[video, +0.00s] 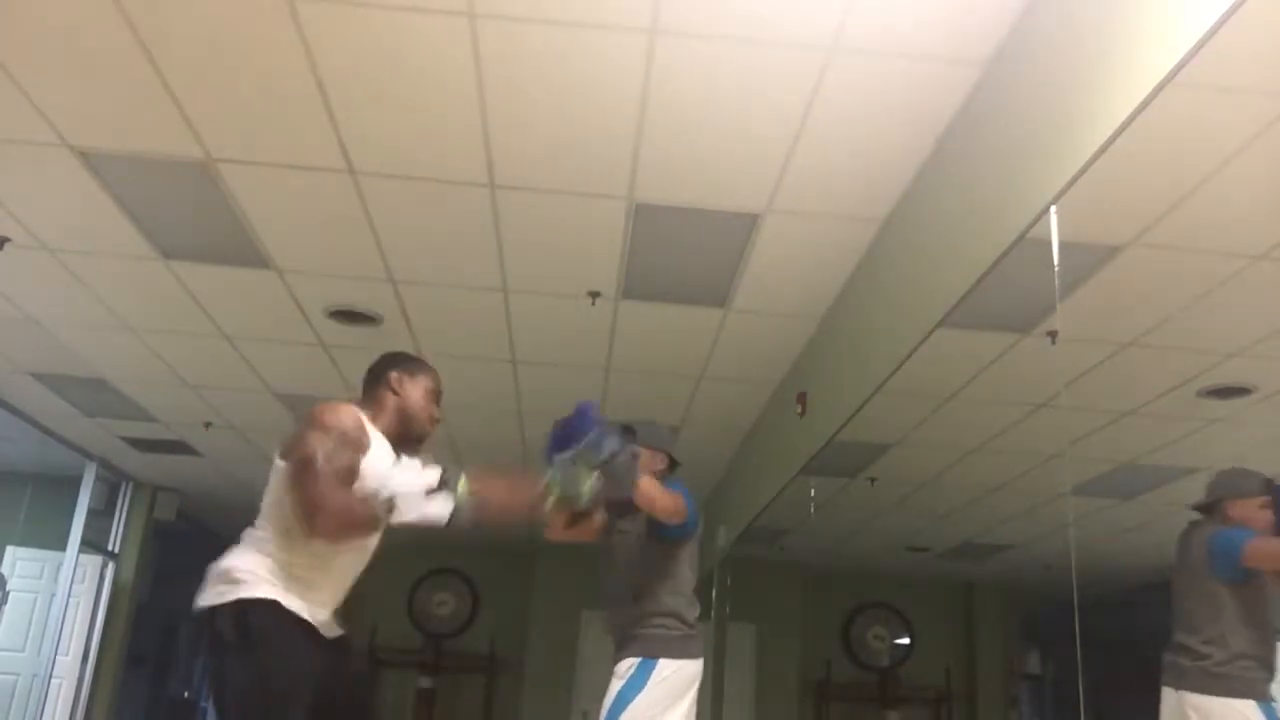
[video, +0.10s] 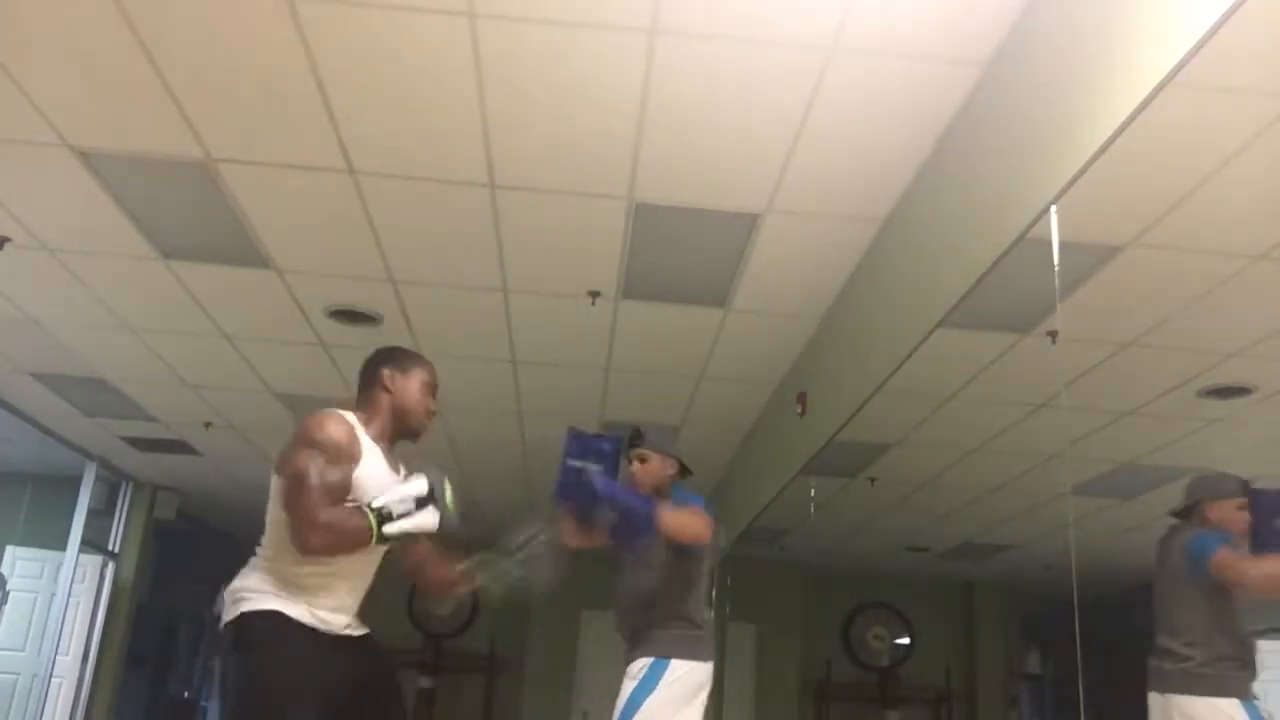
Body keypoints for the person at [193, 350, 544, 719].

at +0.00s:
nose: (438, 415)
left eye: (439, 403)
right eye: (432, 397)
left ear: (398, 389)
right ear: (395, 385)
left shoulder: (393, 467)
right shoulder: (339, 420)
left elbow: (473, 493)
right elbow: (323, 513)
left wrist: (555, 489)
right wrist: (397, 503)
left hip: (310, 620)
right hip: (256, 601)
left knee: (344, 699)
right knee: (280, 702)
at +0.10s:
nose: (434, 407)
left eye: (434, 396)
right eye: (427, 390)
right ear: (389, 381)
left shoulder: (394, 474)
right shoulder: (328, 429)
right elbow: (312, 532)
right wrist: (390, 512)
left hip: (339, 628)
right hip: (276, 613)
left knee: (383, 699)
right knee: (288, 704)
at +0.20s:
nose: (419, 389)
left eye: (419, 375)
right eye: (412, 371)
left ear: (374, 366)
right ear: (372, 363)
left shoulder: (373, 446)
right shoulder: (313, 412)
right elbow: (327, 517)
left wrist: (404, 593)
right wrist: (395, 485)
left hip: (335, 616)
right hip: (271, 602)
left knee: (373, 707)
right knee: (268, 705)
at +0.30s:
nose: (393, 377)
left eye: (394, 364)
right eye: (388, 359)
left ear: (348, 352)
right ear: (346, 350)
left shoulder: (344, 435)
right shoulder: (296, 405)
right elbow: (333, 508)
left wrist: (363, 569)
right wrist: (389, 468)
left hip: (312, 615)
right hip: (247, 605)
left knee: (342, 709)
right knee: (241, 710)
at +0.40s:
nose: (366, 381)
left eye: (367, 367)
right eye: (361, 362)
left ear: (325, 355)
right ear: (323, 352)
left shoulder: (320, 450)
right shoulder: (264, 418)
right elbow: (326, 520)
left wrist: (340, 541)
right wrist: (386, 483)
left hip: (285, 617)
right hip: (224, 605)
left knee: (311, 707)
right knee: (227, 709)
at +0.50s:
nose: (353, 373)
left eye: (355, 359)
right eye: (349, 354)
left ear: (314, 347)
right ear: (312, 343)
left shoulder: (307, 442)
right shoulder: (253, 412)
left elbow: (302, 521)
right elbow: (296, 521)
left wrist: (366, 499)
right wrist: (366, 503)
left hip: (272, 611)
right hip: (212, 602)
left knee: (300, 709)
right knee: (219, 710)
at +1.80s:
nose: (385, 406)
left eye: (387, 395)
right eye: (378, 391)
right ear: (339, 384)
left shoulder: (356, 466)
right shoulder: (289, 431)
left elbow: (356, 550)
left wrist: (411, 515)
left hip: (313, 626)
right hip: (251, 617)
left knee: (317, 711)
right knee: (236, 711)